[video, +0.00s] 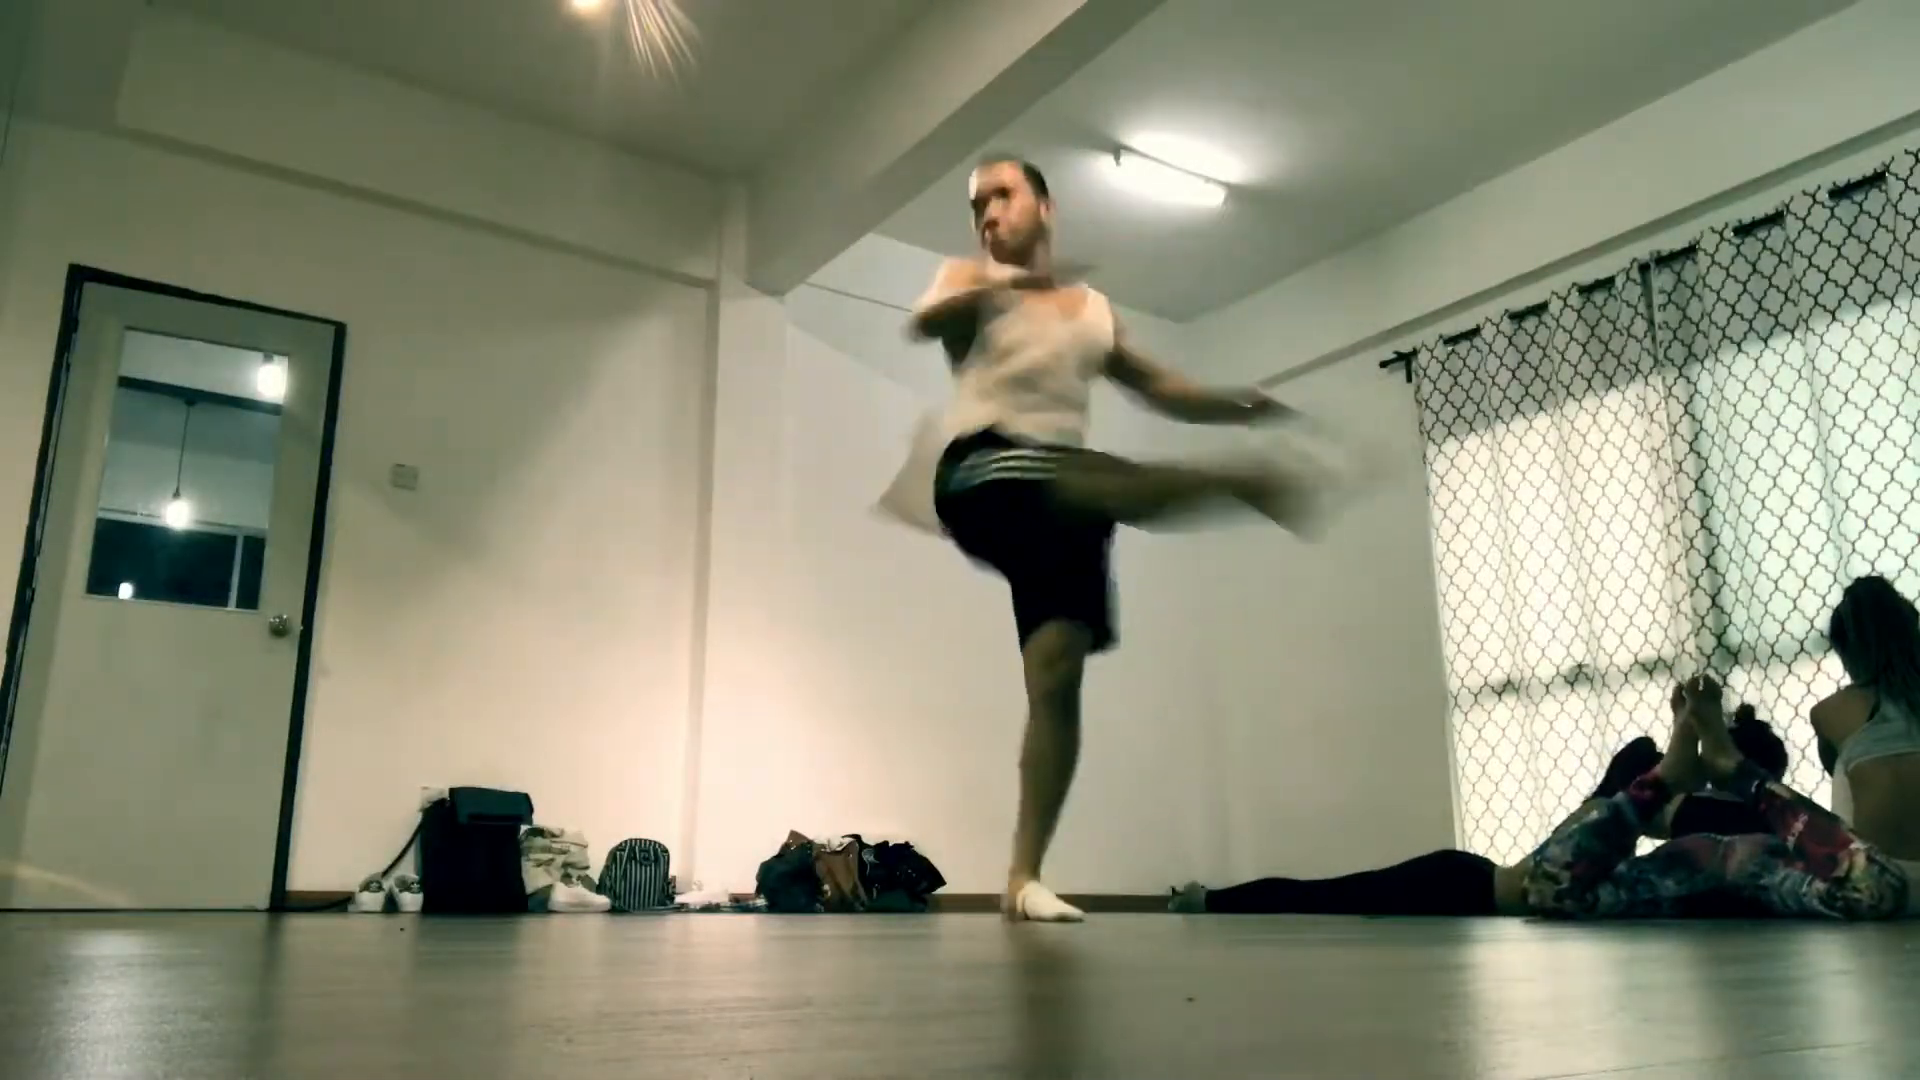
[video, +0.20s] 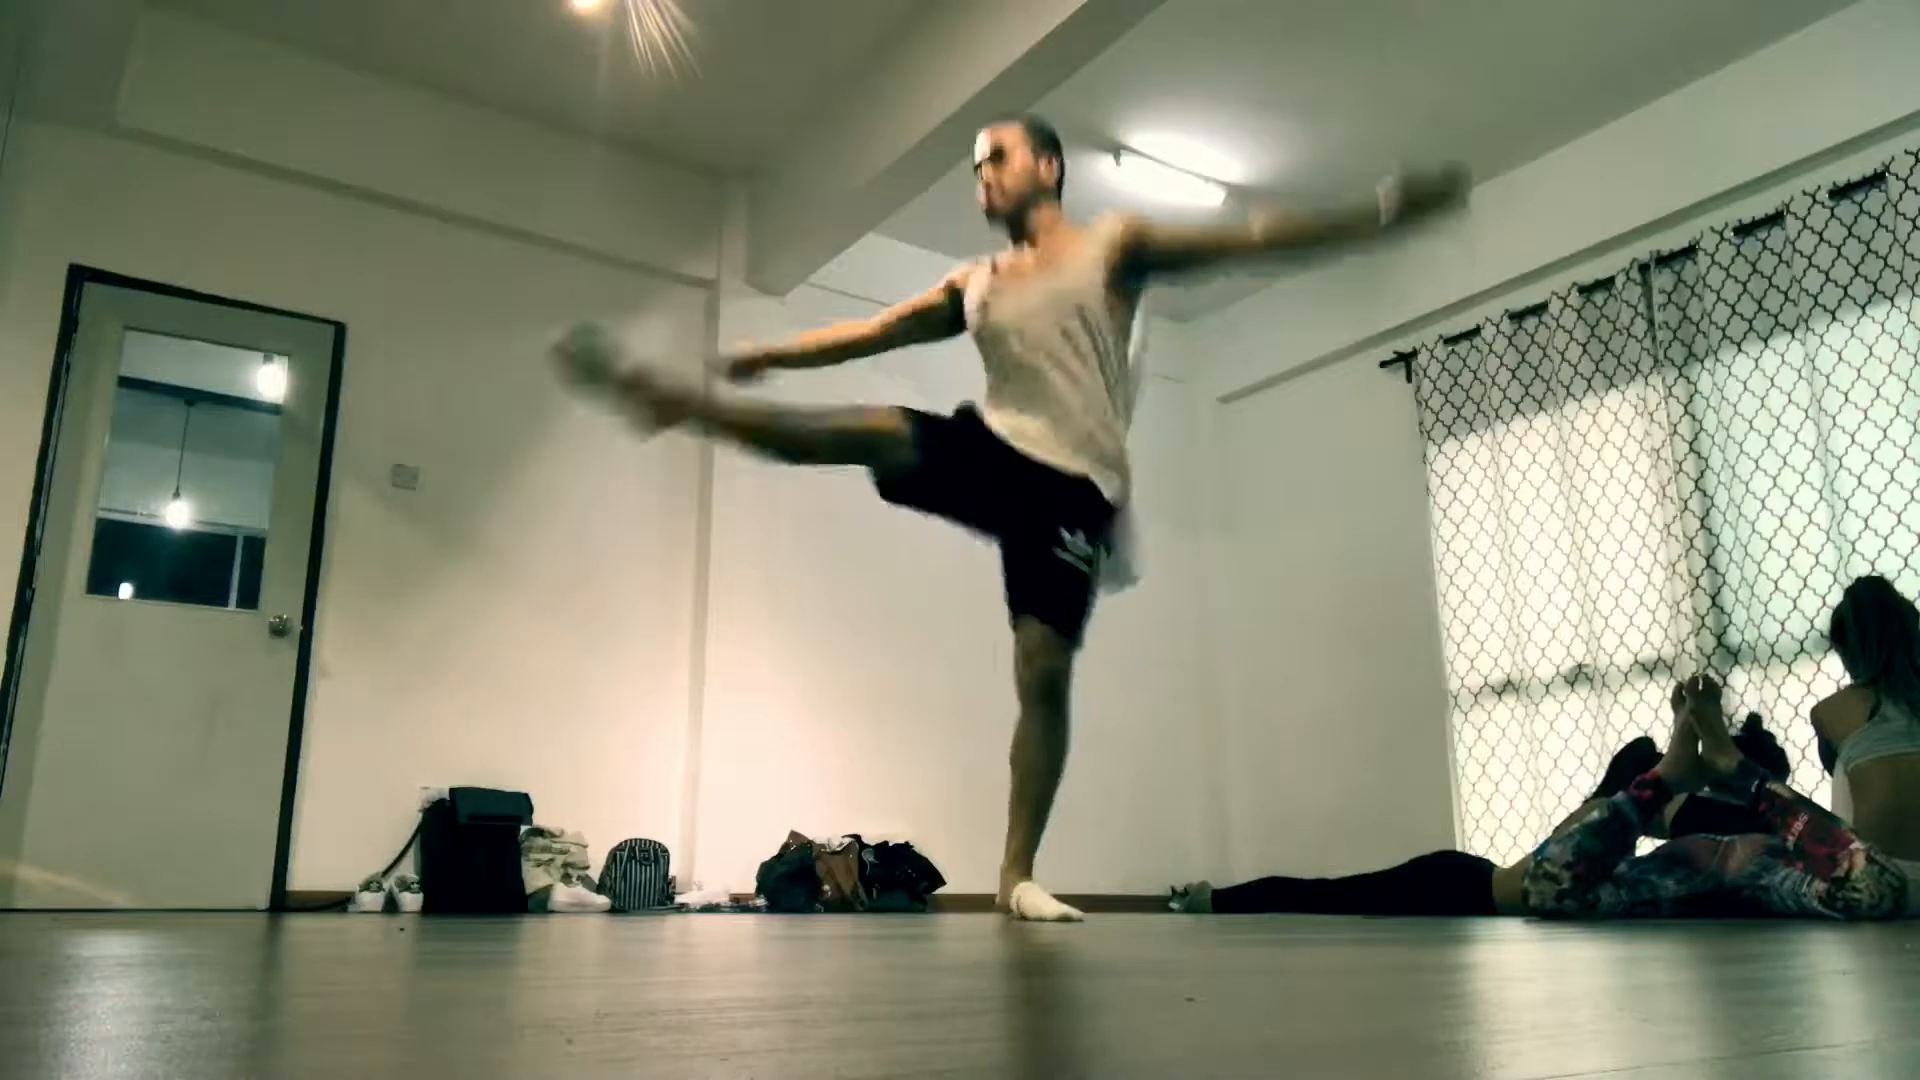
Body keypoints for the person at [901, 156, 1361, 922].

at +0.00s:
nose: (989, 212)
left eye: (1001, 195)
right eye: (980, 205)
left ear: (1045, 206)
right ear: (978, 224)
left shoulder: (1087, 308)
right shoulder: (968, 278)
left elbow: (1159, 386)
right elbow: (924, 322)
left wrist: (1238, 404)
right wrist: (976, 298)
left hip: (1063, 476)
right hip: (983, 465)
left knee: (1054, 681)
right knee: (1129, 487)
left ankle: (1024, 879)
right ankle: (1253, 482)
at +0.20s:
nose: (983, 172)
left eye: (998, 156)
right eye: (977, 163)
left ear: (1050, 166)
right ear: (984, 184)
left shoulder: (1115, 238)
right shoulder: (977, 282)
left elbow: (1255, 233)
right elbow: (870, 332)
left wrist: (1381, 215)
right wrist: (764, 353)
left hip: (1072, 485)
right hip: (990, 451)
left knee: (1043, 679)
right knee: (847, 431)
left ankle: (1018, 878)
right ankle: (668, 403)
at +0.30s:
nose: (974, 131)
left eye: (989, 114)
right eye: (972, 121)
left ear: (1038, 122)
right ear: (987, 141)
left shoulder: (1085, 186)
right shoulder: (985, 250)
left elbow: (1212, 178)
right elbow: (938, 337)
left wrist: (1306, 122)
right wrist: (868, 378)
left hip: (1071, 437)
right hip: (993, 424)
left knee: (1038, 630)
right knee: (855, 456)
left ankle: (1037, 849)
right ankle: (672, 485)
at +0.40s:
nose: (961, 126)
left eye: (977, 110)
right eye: (961, 115)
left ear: (1030, 120)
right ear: (994, 129)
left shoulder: (1062, 177)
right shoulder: (996, 208)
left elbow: (1092, 188)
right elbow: (1023, 332)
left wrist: (1034, 186)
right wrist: (963, 394)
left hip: (1046, 428)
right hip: (998, 427)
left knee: (1036, 643)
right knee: (902, 502)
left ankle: (1044, 846)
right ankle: (804, 556)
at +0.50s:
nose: (953, 117)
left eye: (970, 103)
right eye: (953, 105)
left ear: (1021, 119)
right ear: (1017, 130)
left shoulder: (984, 175)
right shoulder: (1052, 217)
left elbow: (965, 245)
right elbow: (1103, 355)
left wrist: (822, 266)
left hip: (1006, 439)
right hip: (1070, 436)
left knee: (1023, 646)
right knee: (997, 497)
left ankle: (1043, 845)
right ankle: (985, 595)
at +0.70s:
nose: (1015, 119)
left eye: (1009, 105)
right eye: (1006, 106)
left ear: (939, 131)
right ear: (977, 116)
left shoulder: (894, 233)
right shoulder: (994, 180)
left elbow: (927, 318)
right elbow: (1061, 255)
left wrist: (1021, 259)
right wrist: (1085, 245)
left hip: (933, 435)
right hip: (1020, 401)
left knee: (958, 639)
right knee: (1172, 511)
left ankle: (972, 839)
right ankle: (1295, 615)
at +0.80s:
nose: (954, 140)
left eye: (963, 122)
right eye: (938, 134)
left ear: (996, 132)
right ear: (930, 156)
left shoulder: (1001, 233)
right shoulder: (942, 199)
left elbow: (1031, 362)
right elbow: (934, 266)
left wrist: (1105, 338)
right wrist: (1072, 253)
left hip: (970, 429)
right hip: (965, 398)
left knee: (1006, 638)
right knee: (1148, 455)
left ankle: (974, 850)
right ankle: (1344, 528)